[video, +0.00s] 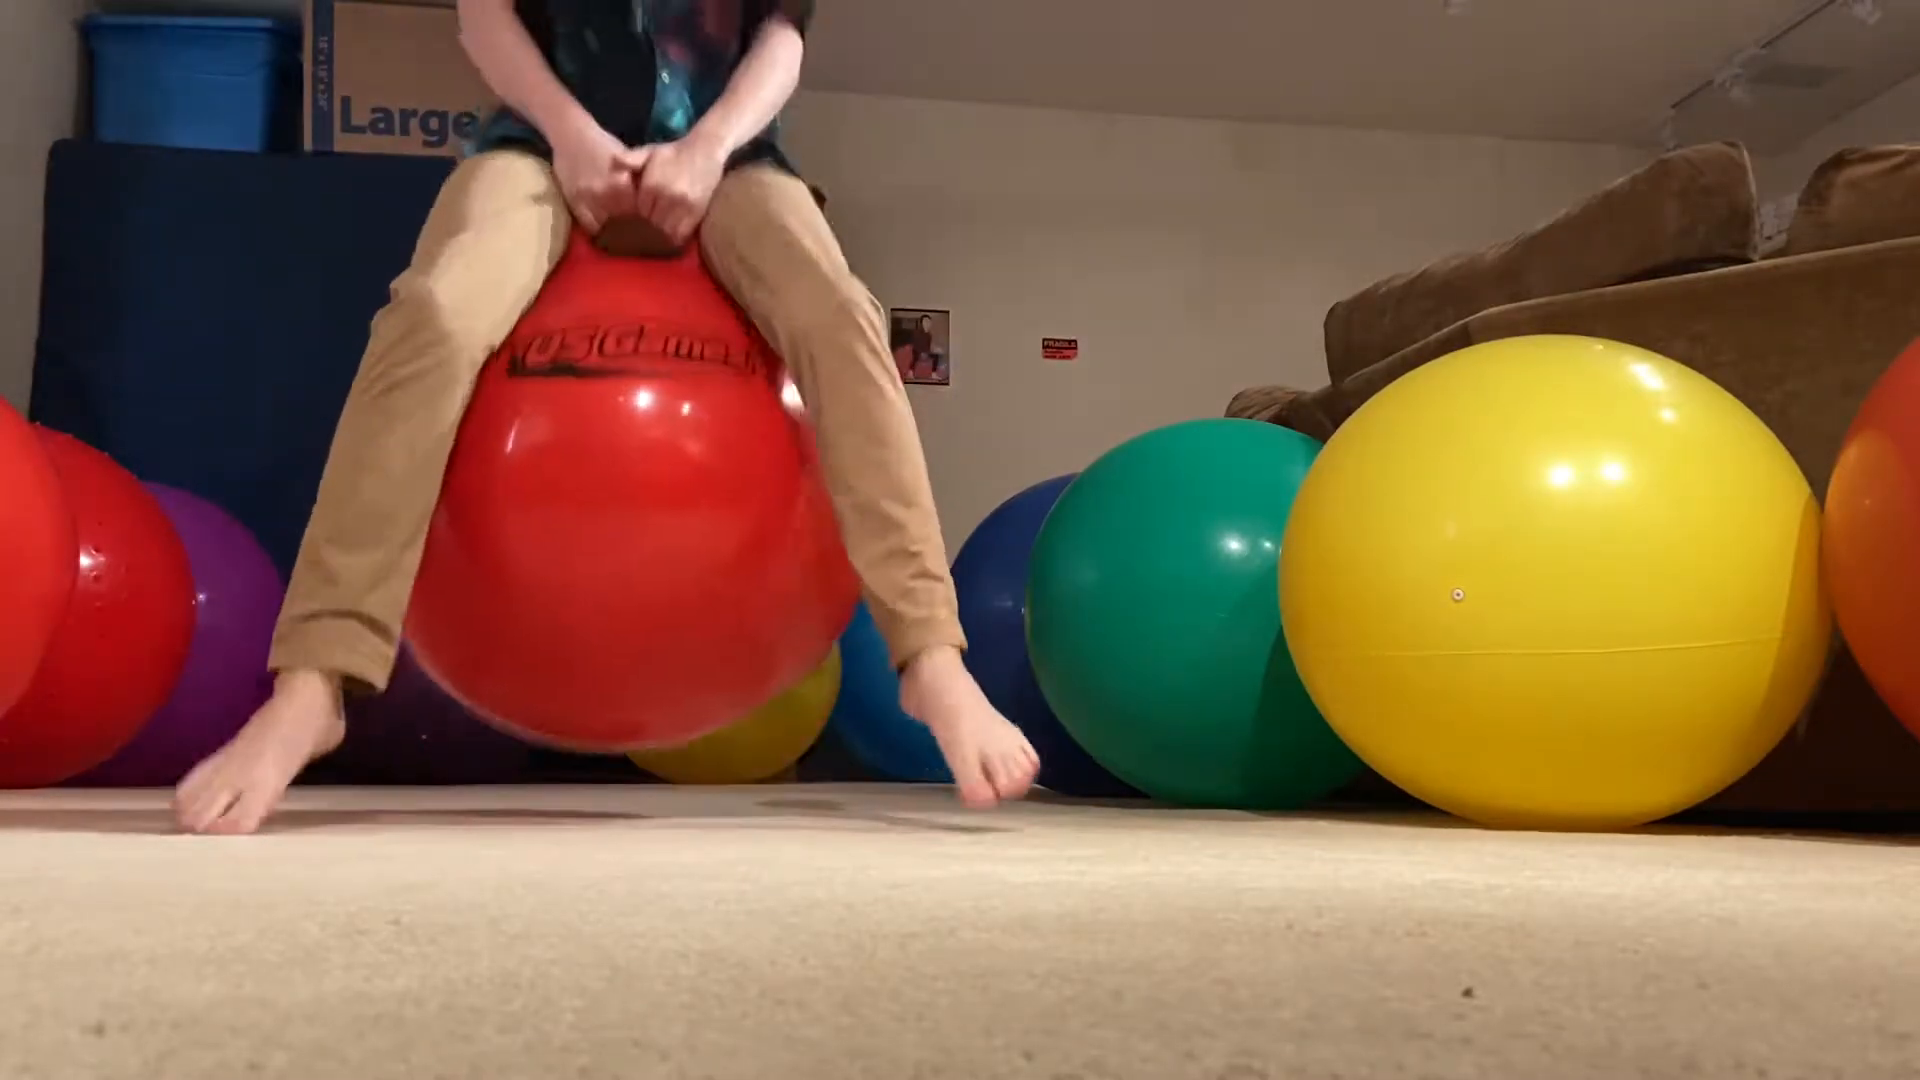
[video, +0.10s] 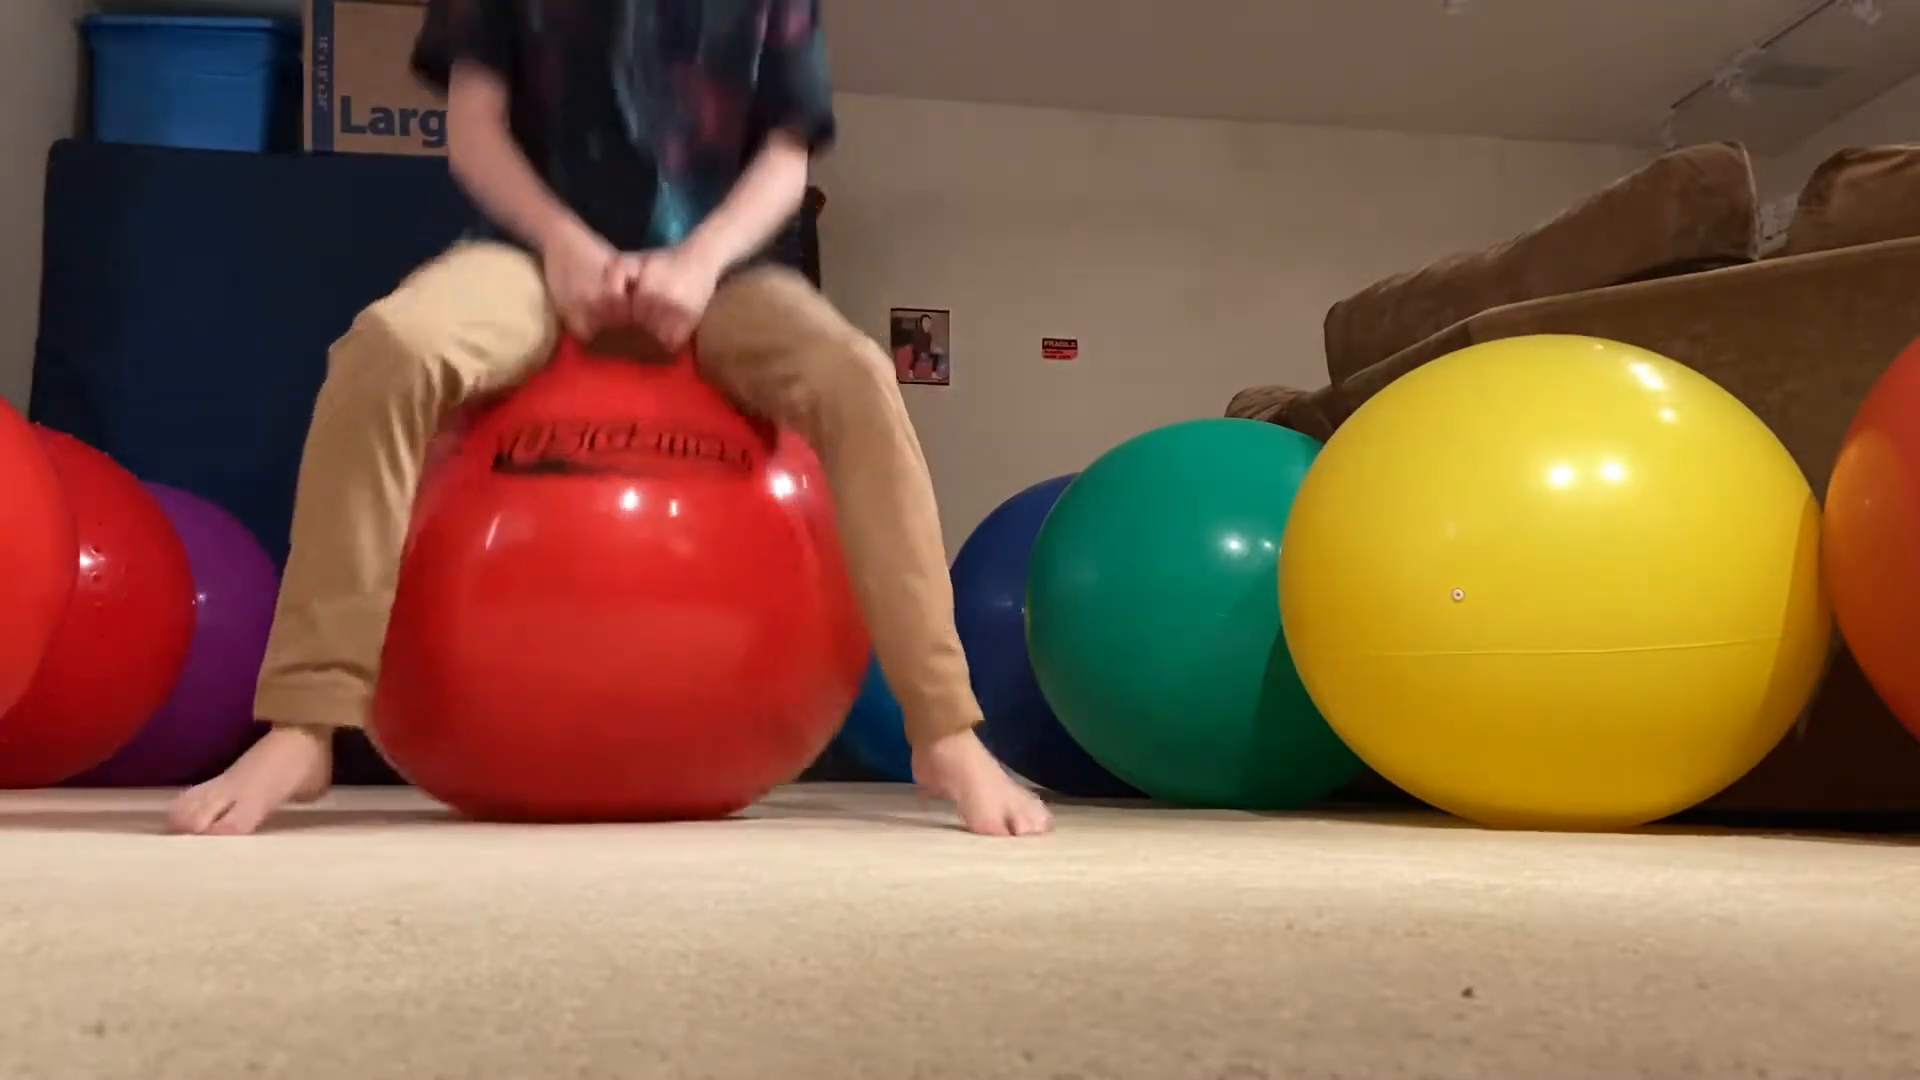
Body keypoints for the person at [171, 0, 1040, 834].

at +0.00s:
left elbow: (783, 37)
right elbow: (481, 20)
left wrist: (711, 144)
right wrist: (573, 133)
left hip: (723, 137)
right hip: (541, 133)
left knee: (839, 318)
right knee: (435, 318)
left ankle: (934, 662)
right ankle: (309, 685)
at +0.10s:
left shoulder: (774, 10)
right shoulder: (504, 3)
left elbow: (792, 150)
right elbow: (470, 133)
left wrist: (701, 258)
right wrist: (559, 238)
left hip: (716, 254)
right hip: (537, 249)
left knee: (854, 371)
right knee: (388, 344)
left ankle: (945, 735)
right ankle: (301, 725)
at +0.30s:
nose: (662, 6)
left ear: (719, 26)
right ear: (588, 21)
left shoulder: (775, 188)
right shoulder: (505, 168)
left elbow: (794, 389)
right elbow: (451, 360)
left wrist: (692, 471)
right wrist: (547, 445)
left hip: (705, 479)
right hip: (526, 469)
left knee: (880, 412)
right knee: (359, 377)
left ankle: (948, 761)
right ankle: (273, 754)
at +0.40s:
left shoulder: (778, 35)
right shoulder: (519, 19)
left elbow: (801, 245)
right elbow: (475, 217)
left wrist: (710, 351)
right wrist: (563, 329)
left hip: (718, 370)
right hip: (550, 358)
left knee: (905, 399)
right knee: (351, 362)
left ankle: (945, 763)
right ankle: (281, 753)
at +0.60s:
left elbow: (792, 3)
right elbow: (542, 2)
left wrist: (707, 97)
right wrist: (583, 100)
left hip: (751, 84)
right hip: (568, 78)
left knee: (784, 276)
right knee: (429, 319)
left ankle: (933, 648)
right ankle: (290, 697)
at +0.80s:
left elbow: (856, 33)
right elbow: (577, 57)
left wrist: (704, 158)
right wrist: (598, 182)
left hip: (772, 165)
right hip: (620, 191)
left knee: (743, 238)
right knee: (383, 353)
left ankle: (709, 656)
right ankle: (370, 741)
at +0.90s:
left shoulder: (847, 19)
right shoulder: (609, 23)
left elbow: (887, 191)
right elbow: (611, 187)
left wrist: (714, 319)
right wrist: (614, 312)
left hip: (813, 349)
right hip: (643, 342)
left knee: (726, 301)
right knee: (344, 360)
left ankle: (587, 729)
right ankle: (361, 741)